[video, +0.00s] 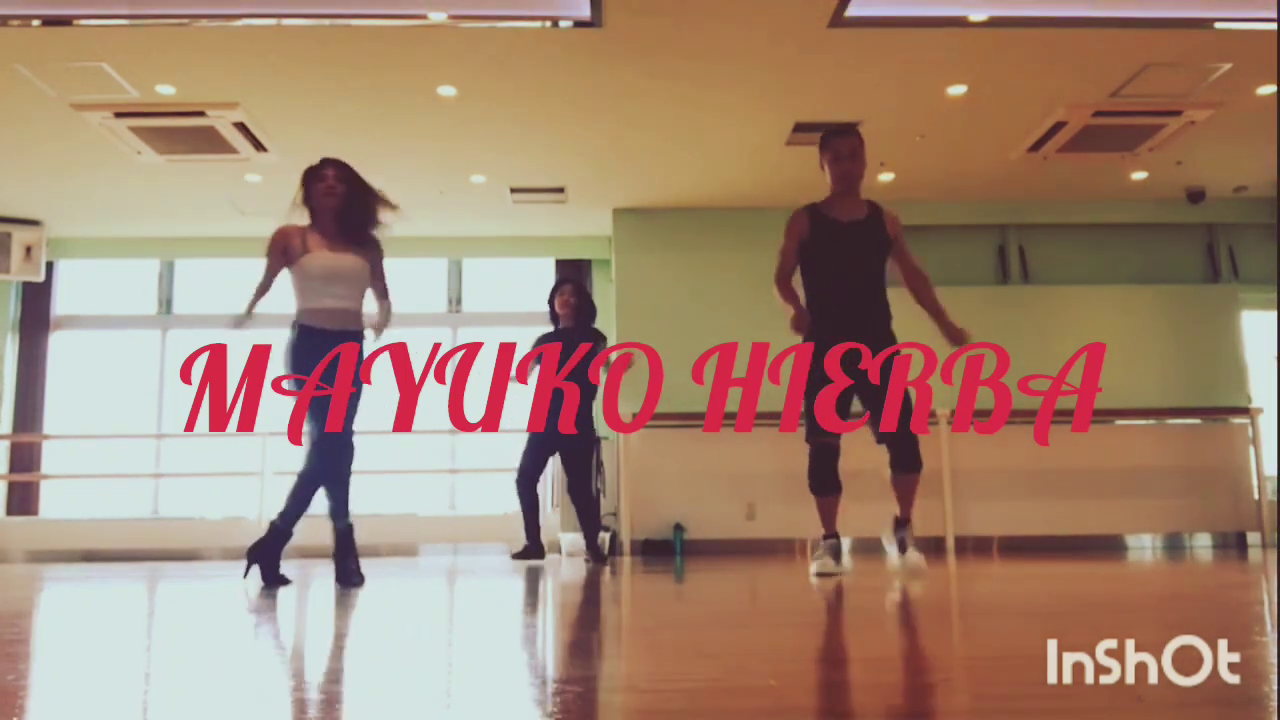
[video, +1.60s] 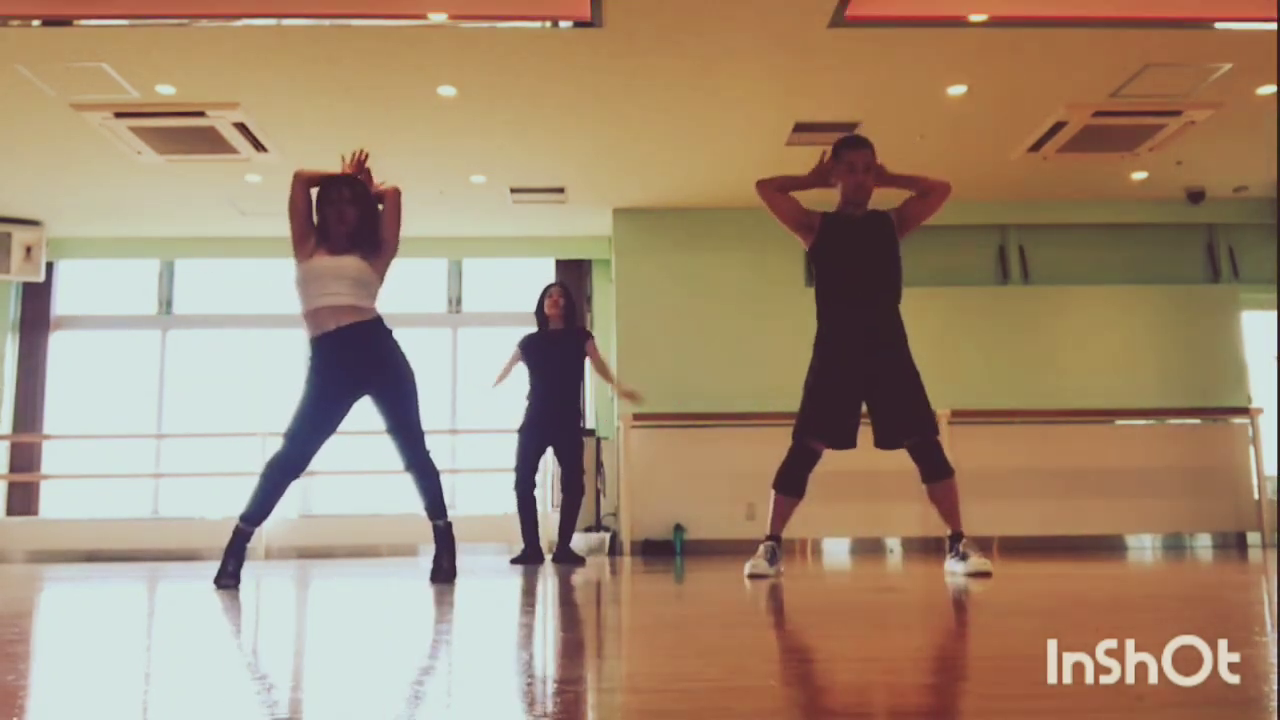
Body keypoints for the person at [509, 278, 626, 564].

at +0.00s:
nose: (566, 299)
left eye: (572, 295)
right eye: (561, 295)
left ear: (582, 302)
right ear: (553, 302)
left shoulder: (595, 340)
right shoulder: (545, 340)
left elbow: (598, 377)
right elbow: (522, 374)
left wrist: (613, 365)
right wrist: (525, 364)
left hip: (578, 426)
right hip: (544, 425)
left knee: (581, 489)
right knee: (525, 480)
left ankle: (592, 546)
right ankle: (533, 544)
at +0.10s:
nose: (561, 301)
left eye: (567, 297)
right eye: (557, 297)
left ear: (576, 304)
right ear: (548, 304)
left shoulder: (585, 342)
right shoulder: (542, 343)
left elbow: (593, 379)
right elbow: (520, 374)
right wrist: (491, 374)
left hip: (572, 422)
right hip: (540, 421)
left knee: (575, 485)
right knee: (527, 483)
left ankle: (590, 544)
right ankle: (532, 548)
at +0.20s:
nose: (558, 300)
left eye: (564, 296)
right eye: (554, 295)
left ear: (571, 303)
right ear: (545, 303)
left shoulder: (582, 340)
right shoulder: (535, 341)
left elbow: (583, 378)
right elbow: (521, 374)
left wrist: (563, 392)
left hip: (568, 419)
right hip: (535, 418)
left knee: (571, 482)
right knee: (526, 482)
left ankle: (583, 543)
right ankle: (532, 548)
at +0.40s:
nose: (553, 296)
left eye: (559, 292)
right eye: (548, 292)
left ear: (567, 300)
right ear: (540, 300)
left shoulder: (580, 336)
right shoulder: (529, 339)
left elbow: (587, 376)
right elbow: (520, 375)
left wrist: (582, 361)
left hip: (569, 415)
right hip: (536, 414)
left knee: (572, 479)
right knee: (528, 481)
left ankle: (563, 543)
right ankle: (532, 547)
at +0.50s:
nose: (554, 297)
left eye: (560, 292)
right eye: (549, 292)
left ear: (568, 300)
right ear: (540, 300)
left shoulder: (578, 338)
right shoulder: (530, 338)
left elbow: (593, 376)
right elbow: (520, 376)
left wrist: (600, 361)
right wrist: (524, 357)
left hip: (571, 418)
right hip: (538, 417)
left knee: (573, 483)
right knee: (530, 483)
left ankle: (563, 547)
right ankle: (532, 547)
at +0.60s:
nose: (555, 299)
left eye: (561, 295)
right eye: (550, 294)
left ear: (568, 302)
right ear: (541, 300)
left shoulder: (574, 339)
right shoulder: (528, 336)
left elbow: (600, 376)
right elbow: (507, 374)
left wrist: (629, 369)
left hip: (574, 420)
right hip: (541, 420)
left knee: (575, 486)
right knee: (530, 486)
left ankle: (563, 548)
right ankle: (533, 548)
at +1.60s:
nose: (556, 301)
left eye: (561, 297)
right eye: (551, 297)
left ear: (569, 304)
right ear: (542, 305)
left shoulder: (580, 336)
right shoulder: (530, 341)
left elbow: (600, 367)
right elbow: (511, 364)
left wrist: (619, 388)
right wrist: (499, 379)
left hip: (568, 421)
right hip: (535, 420)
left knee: (574, 485)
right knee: (523, 483)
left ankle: (563, 548)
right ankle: (531, 548)